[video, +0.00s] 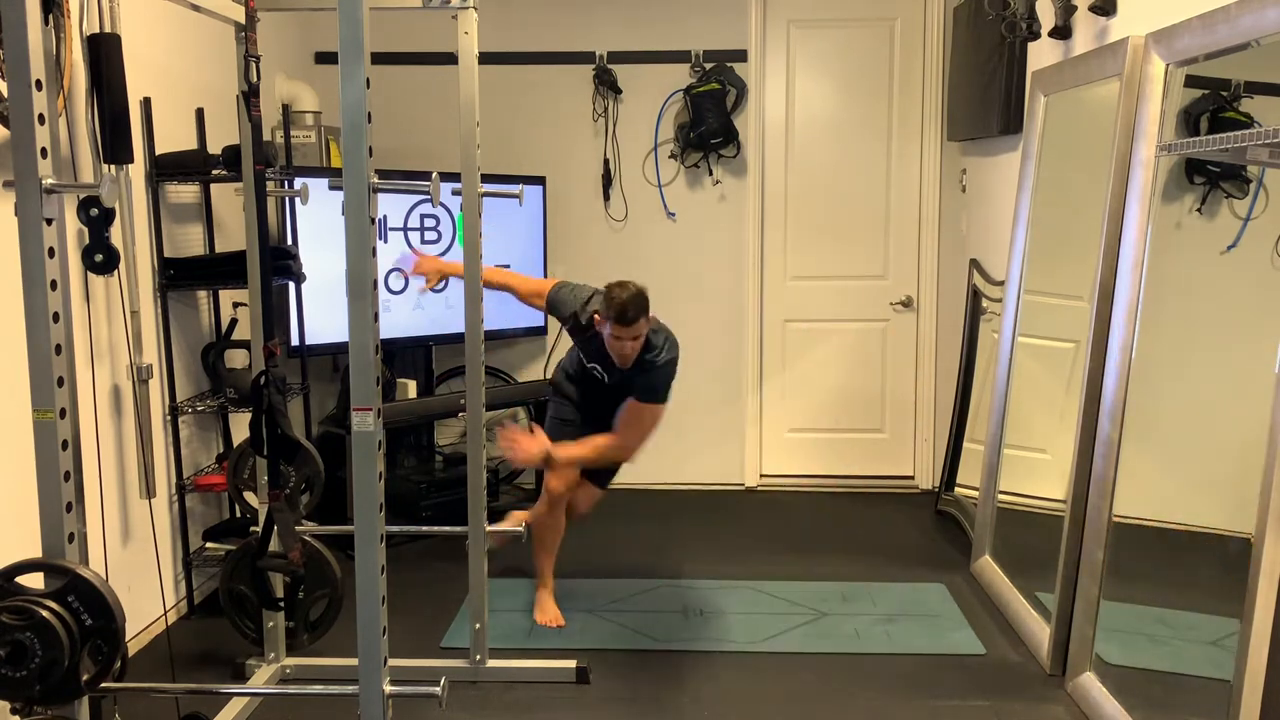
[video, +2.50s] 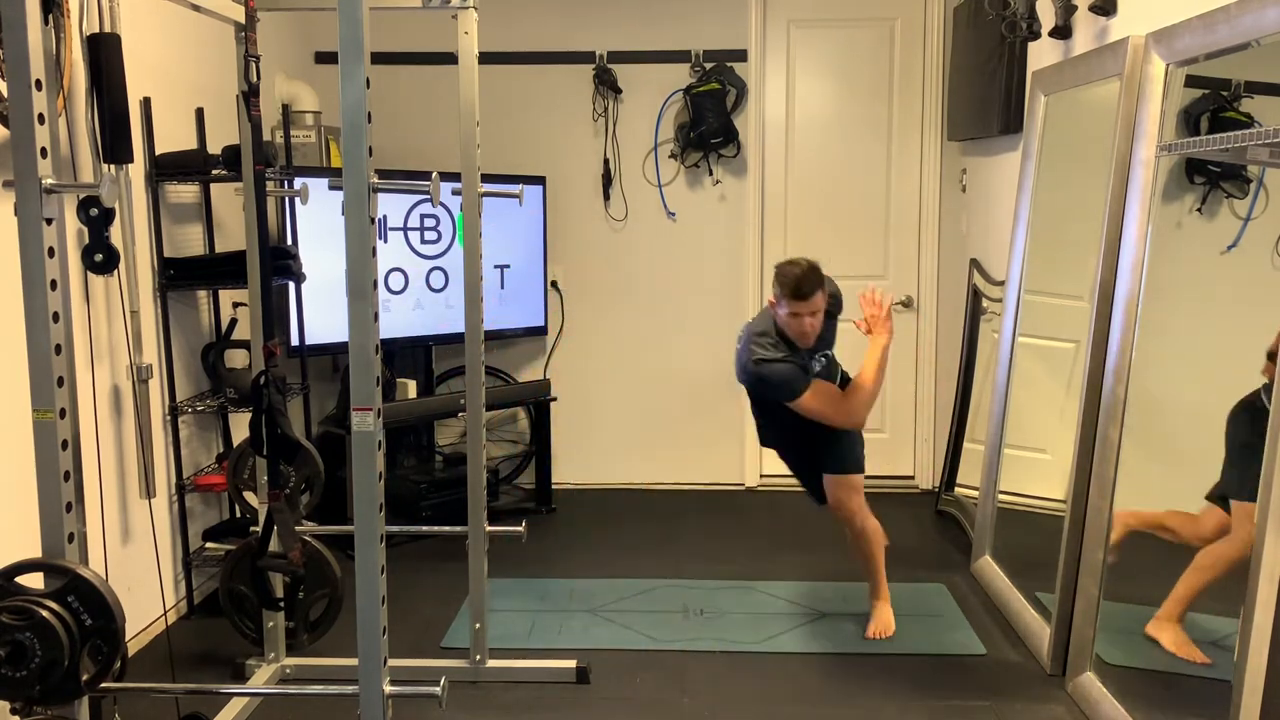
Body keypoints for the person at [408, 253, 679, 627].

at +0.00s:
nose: (626, 348)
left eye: (635, 339)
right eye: (617, 339)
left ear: (648, 325)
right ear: (601, 322)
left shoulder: (661, 355)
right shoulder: (582, 308)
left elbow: (623, 444)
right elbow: (511, 282)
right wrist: (447, 267)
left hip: (616, 421)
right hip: (573, 398)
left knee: (580, 504)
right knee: (556, 489)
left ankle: (523, 520)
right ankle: (545, 589)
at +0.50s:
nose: (786, 301)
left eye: (794, 290)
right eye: (776, 291)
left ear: (803, 278)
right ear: (756, 280)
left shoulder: (813, 281)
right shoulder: (734, 329)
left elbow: (838, 268)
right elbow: (764, 417)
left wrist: (843, 295)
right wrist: (845, 414)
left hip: (795, 390)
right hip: (737, 405)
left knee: (835, 500)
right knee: (732, 508)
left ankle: (873, 593)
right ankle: (761, 498)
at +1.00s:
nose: (826, 320)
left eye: (836, 309)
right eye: (816, 308)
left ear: (847, 299)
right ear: (798, 297)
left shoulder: (859, 318)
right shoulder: (760, 337)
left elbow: (911, 342)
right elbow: (747, 422)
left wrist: (925, 395)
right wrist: (804, 480)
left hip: (829, 400)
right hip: (774, 411)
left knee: (860, 506)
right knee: (772, 522)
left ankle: (882, 595)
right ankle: (801, 514)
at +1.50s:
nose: (646, 323)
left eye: (656, 314)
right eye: (638, 312)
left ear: (674, 303)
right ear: (626, 298)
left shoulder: (686, 348)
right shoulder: (615, 286)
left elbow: (635, 430)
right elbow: (571, 251)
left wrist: (560, 415)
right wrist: (518, 225)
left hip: (659, 415)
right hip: (613, 384)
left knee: (613, 493)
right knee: (592, 494)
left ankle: (569, 496)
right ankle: (575, 598)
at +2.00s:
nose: (657, 324)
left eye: (664, 313)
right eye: (646, 315)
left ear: (673, 302)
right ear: (625, 304)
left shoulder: (697, 328)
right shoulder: (598, 319)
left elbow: (770, 381)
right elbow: (513, 347)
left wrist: (780, 454)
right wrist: (489, 419)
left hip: (666, 411)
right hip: (604, 407)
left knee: (687, 514)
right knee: (585, 501)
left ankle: (692, 530)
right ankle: (573, 601)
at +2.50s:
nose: (807, 325)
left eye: (815, 313)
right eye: (795, 316)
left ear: (824, 301)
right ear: (774, 305)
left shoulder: (829, 297)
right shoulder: (764, 363)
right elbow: (851, 414)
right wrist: (881, 339)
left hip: (834, 409)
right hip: (789, 432)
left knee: (848, 507)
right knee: (836, 500)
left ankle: (880, 597)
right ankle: (873, 532)